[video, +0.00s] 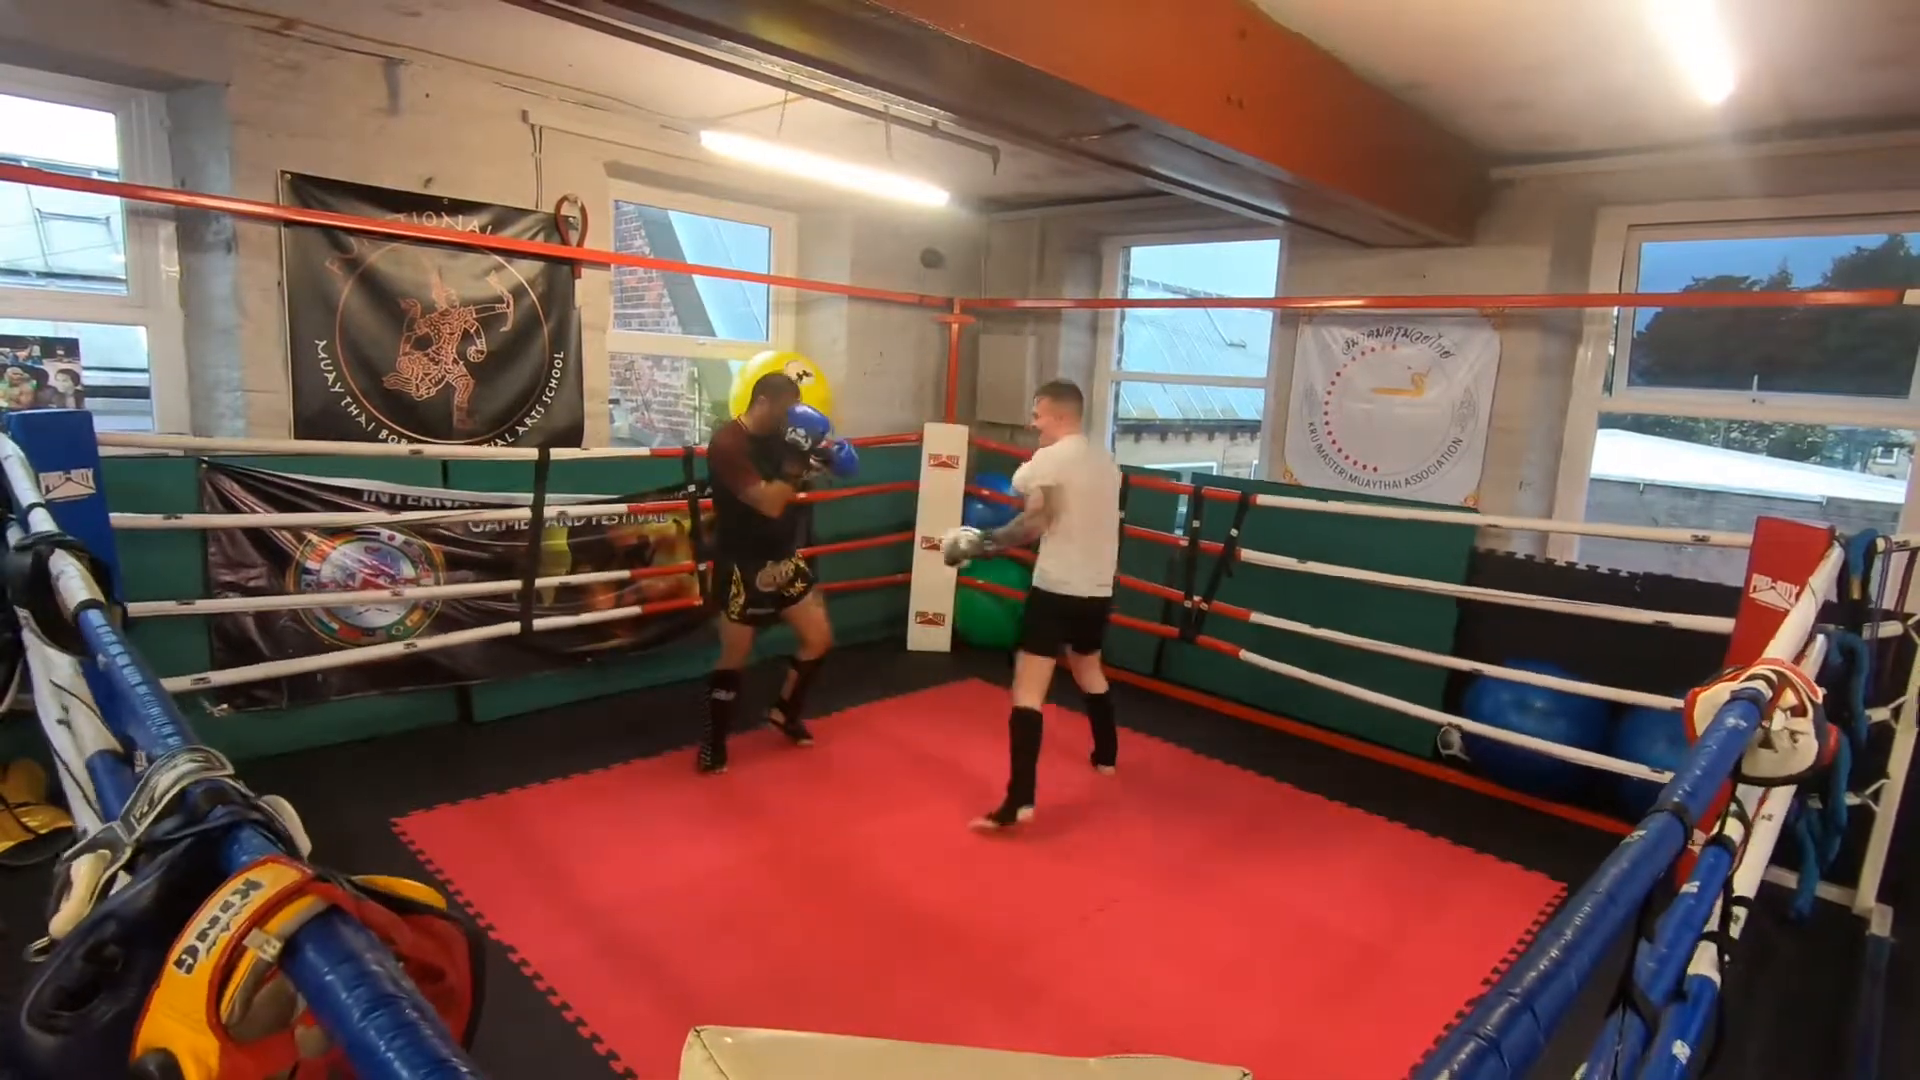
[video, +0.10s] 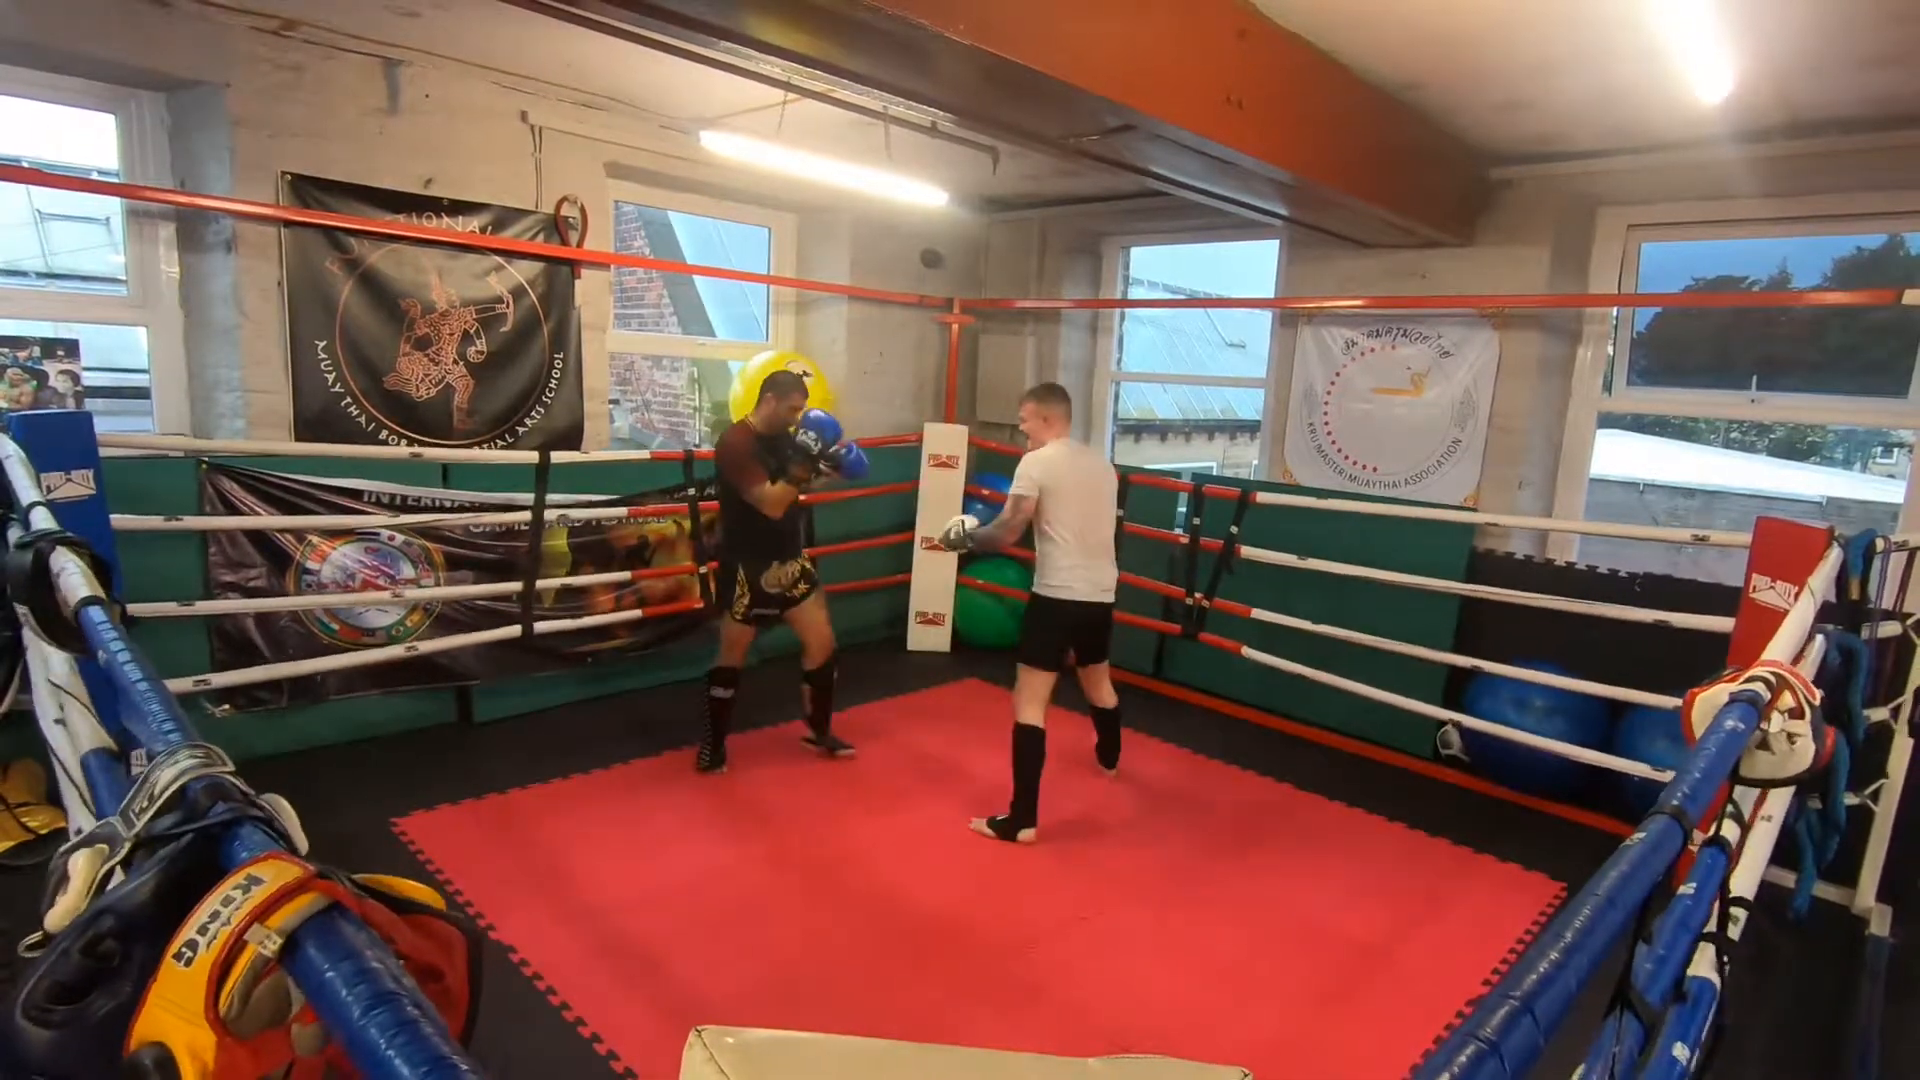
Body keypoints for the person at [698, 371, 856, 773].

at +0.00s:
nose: (789, 417)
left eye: (792, 410)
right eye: (785, 408)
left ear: (778, 407)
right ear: (761, 401)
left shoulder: (777, 439)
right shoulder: (727, 443)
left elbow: (794, 477)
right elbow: (768, 502)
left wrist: (825, 464)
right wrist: (796, 460)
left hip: (784, 559)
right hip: (742, 565)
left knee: (818, 638)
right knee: (735, 654)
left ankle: (786, 710)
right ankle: (715, 742)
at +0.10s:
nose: (796, 419)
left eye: (800, 412)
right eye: (792, 410)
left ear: (792, 408)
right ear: (767, 401)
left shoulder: (783, 441)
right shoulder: (735, 443)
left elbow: (800, 478)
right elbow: (772, 504)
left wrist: (833, 463)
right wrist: (804, 463)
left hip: (790, 560)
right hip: (746, 565)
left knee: (821, 642)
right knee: (732, 653)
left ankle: (820, 730)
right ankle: (714, 744)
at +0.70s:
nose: (816, 420)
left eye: (821, 413)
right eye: (809, 410)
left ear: (825, 415)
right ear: (789, 408)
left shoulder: (831, 446)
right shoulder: (762, 445)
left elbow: (857, 501)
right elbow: (794, 499)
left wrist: (876, 487)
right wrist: (817, 454)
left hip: (823, 567)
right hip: (773, 570)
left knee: (844, 661)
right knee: (754, 662)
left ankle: (847, 752)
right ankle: (733, 746)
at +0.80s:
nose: (811, 414)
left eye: (816, 405)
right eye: (802, 405)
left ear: (821, 409)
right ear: (781, 407)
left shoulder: (827, 444)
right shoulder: (759, 446)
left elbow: (855, 499)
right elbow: (789, 501)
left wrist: (875, 481)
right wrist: (814, 460)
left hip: (822, 570)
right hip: (770, 572)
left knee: (852, 661)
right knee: (751, 665)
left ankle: (851, 751)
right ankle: (733, 746)